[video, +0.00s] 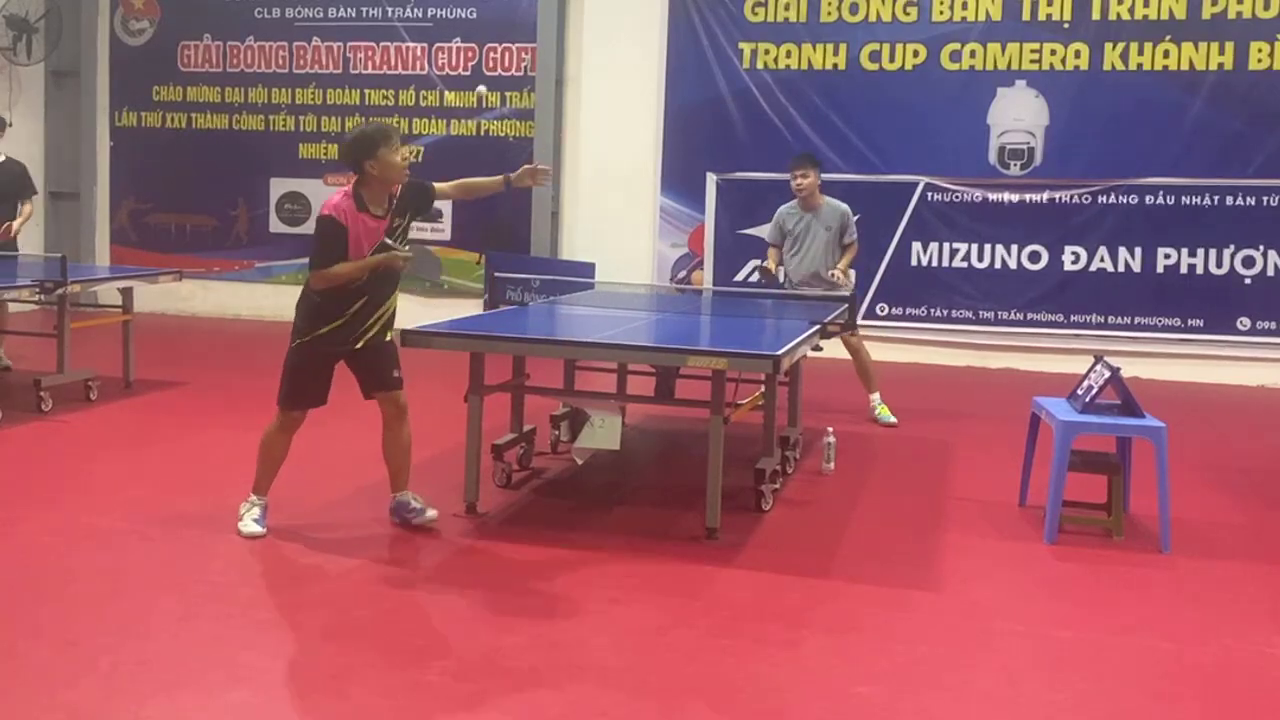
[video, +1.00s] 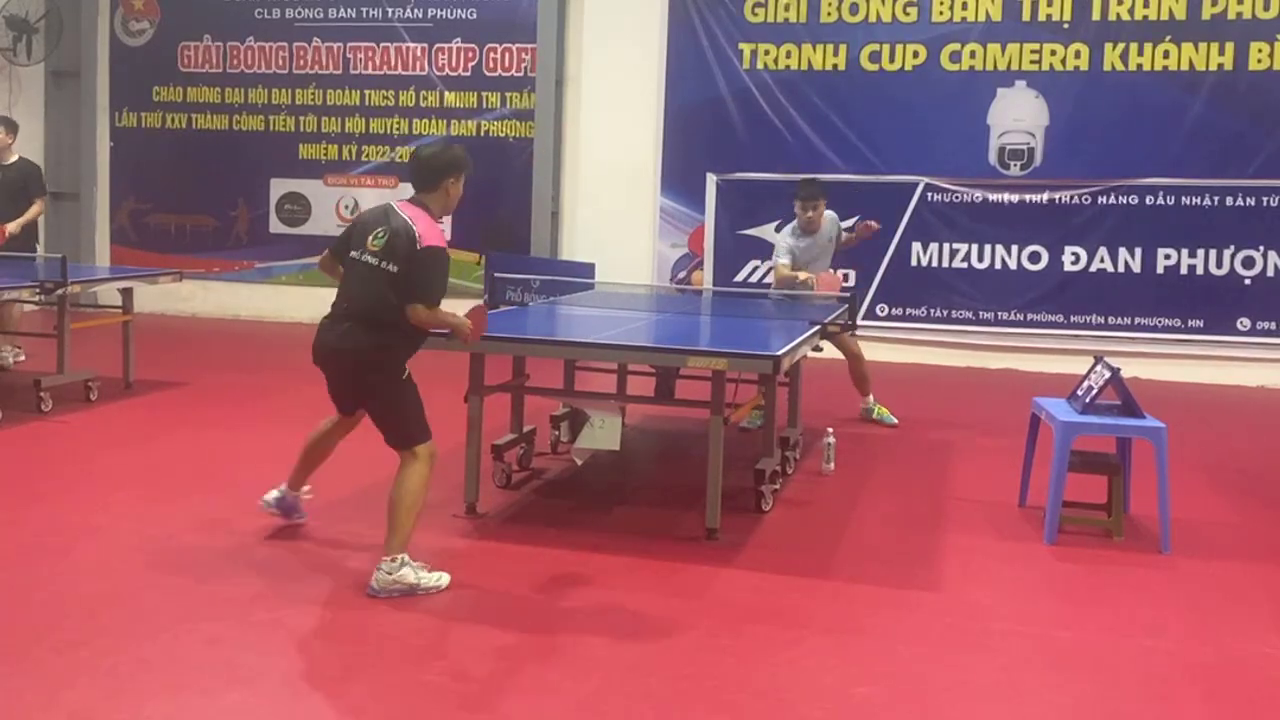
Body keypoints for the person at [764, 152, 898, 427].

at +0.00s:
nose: (798, 183)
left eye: (804, 177)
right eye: (794, 178)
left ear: (818, 179)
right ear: (790, 182)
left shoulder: (840, 212)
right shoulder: (784, 214)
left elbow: (851, 245)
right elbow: (774, 246)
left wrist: (841, 267)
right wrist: (772, 263)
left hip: (833, 295)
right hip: (794, 295)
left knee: (853, 342)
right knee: (777, 342)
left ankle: (876, 401)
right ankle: (766, 391)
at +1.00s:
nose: (809, 214)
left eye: (815, 208)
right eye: (804, 209)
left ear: (824, 207)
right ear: (795, 208)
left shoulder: (831, 219)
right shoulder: (786, 237)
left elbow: (838, 243)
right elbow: (779, 276)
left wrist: (857, 236)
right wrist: (798, 275)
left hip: (818, 304)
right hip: (783, 304)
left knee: (853, 350)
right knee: (770, 350)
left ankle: (868, 404)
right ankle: (760, 405)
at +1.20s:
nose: (818, 198)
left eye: (824, 192)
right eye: (814, 193)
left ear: (838, 195)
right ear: (809, 195)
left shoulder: (850, 220)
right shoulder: (800, 226)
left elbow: (866, 243)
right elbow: (780, 265)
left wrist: (879, 234)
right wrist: (792, 252)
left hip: (837, 302)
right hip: (800, 302)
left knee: (866, 353)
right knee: (779, 352)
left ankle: (874, 403)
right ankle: (761, 405)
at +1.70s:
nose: (802, 181)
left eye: (808, 176)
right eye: (799, 176)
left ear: (823, 177)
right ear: (796, 180)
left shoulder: (845, 211)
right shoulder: (790, 213)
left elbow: (860, 245)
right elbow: (774, 245)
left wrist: (853, 248)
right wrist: (761, 252)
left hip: (837, 294)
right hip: (798, 294)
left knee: (850, 341)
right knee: (774, 337)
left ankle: (872, 401)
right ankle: (760, 386)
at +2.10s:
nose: (789, 219)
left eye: (793, 213)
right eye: (786, 214)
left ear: (808, 210)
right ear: (785, 216)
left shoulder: (837, 230)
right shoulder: (789, 243)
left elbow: (860, 265)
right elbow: (774, 271)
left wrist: (844, 269)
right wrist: (762, 274)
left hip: (845, 301)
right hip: (808, 304)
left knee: (863, 348)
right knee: (780, 340)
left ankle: (885, 400)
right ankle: (762, 387)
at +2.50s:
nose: (787, 189)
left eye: (792, 183)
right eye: (783, 184)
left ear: (804, 183)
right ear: (779, 187)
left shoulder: (825, 206)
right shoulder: (775, 215)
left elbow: (845, 232)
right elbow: (760, 254)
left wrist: (852, 233)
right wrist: (753, 248)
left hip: (824, 290)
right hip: (786, 290)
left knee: (845, 337)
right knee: (770, 336)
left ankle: (859, 392)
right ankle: (763, 386)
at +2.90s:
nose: (779, 198)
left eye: (785, 192)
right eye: (775, 193)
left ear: (796, 192)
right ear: (770, 195)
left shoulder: (816, 218)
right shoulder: (764, 223)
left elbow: (830, 253)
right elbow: (746, 252)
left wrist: (823, 252)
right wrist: (741, 256)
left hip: (812, 290)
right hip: (774, 290)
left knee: (828, 334)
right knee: (739, 324)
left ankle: (838, 388)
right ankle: (722, 380)